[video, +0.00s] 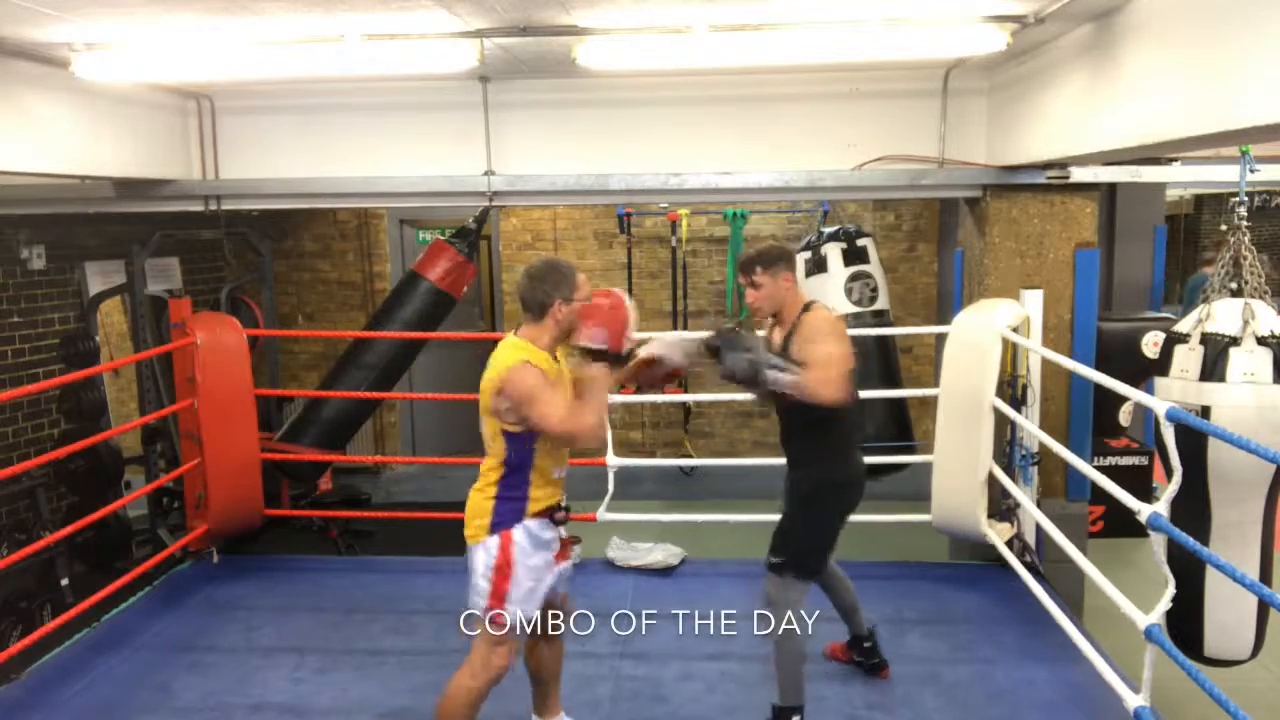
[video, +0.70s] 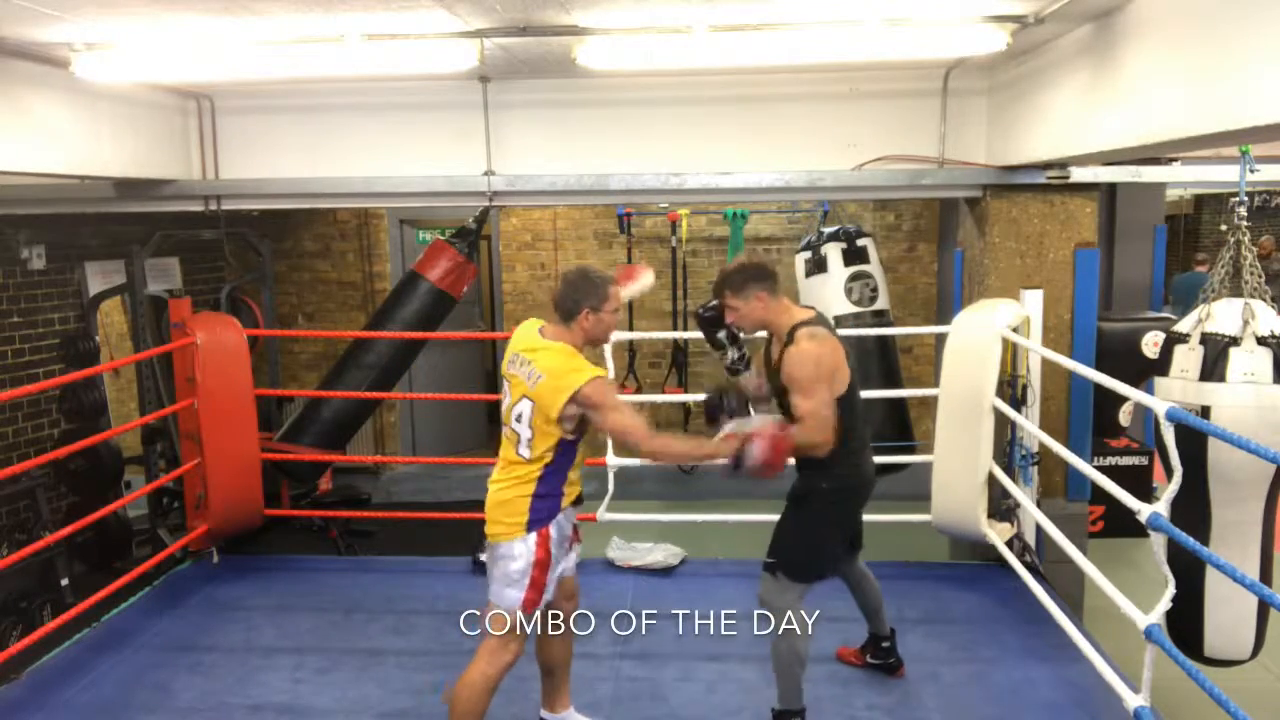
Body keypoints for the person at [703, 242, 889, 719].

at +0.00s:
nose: (748, 298)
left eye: (754, 286)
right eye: (745, 288)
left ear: (786, 280)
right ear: (771, 285)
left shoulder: (819, 325)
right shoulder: (778, 328)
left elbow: (832, 389)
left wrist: (766, 372)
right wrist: (675, 351)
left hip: (831, 477)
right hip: (807, 472)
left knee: (782, 590)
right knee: (816, 562)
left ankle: (789, 710)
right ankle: (866, 646)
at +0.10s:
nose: (752, 301)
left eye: (757, 292)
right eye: (748, 293)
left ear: (789, 284)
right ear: (758, 292)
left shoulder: (836, 328)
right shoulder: (764, 326)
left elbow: (883, 392)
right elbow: (707, 362)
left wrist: (830, 388)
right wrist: (677, 346)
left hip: (841, 474)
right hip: (810, 471)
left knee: (796, 589)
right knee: (829, 565)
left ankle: (794, 712)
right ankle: (880, 647)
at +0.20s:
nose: (749, 299)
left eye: (754, 287)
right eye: (747, 288)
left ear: (785, 280)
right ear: (775, 284)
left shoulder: (832, 324)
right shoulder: (779, 329)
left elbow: (886, 382)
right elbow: (738, 364)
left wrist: (841, 400)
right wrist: (715, 351)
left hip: (836, 473)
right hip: (817, 469)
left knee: (793, 587)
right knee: (833, 563)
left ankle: (793, 711)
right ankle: (880, 647)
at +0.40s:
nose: (753, 298)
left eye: (755, 288)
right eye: (750, 289)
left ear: (783, 280)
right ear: (790, 280)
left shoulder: (812, 318)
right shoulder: (819, 311)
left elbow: (806, 374)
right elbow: (802, 366)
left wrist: (741, 356)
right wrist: (760, 341)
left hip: (828, 474)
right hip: (850, 467)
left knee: (784, 588)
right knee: (846, 558)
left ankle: (790, 709)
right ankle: (883, 647)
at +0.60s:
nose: (734, 320)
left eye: (735, 309)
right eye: (730, 311)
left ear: (762, 296)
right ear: (765, 296)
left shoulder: (799, 346)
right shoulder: (807, 323)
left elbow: (780, 424)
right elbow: (765, 393)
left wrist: (744, 404)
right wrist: (747, 369)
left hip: (832, 481)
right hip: (853, 471)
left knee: (785, 592)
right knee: (844, 561)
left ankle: (791, 711)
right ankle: (882, 646)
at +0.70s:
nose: (731, 321)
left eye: (733, 310)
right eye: (727, 312)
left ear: (761, 299)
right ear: (763, 299)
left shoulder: (803, 350)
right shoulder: (793, 327)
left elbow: (818, 436)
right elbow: (773, 383)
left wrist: (759, 437)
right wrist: (737, 391)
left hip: (827, 480)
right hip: (844, 470)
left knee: (778, 593)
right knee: (846, 561)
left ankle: (789, 711)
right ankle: (883, 647)